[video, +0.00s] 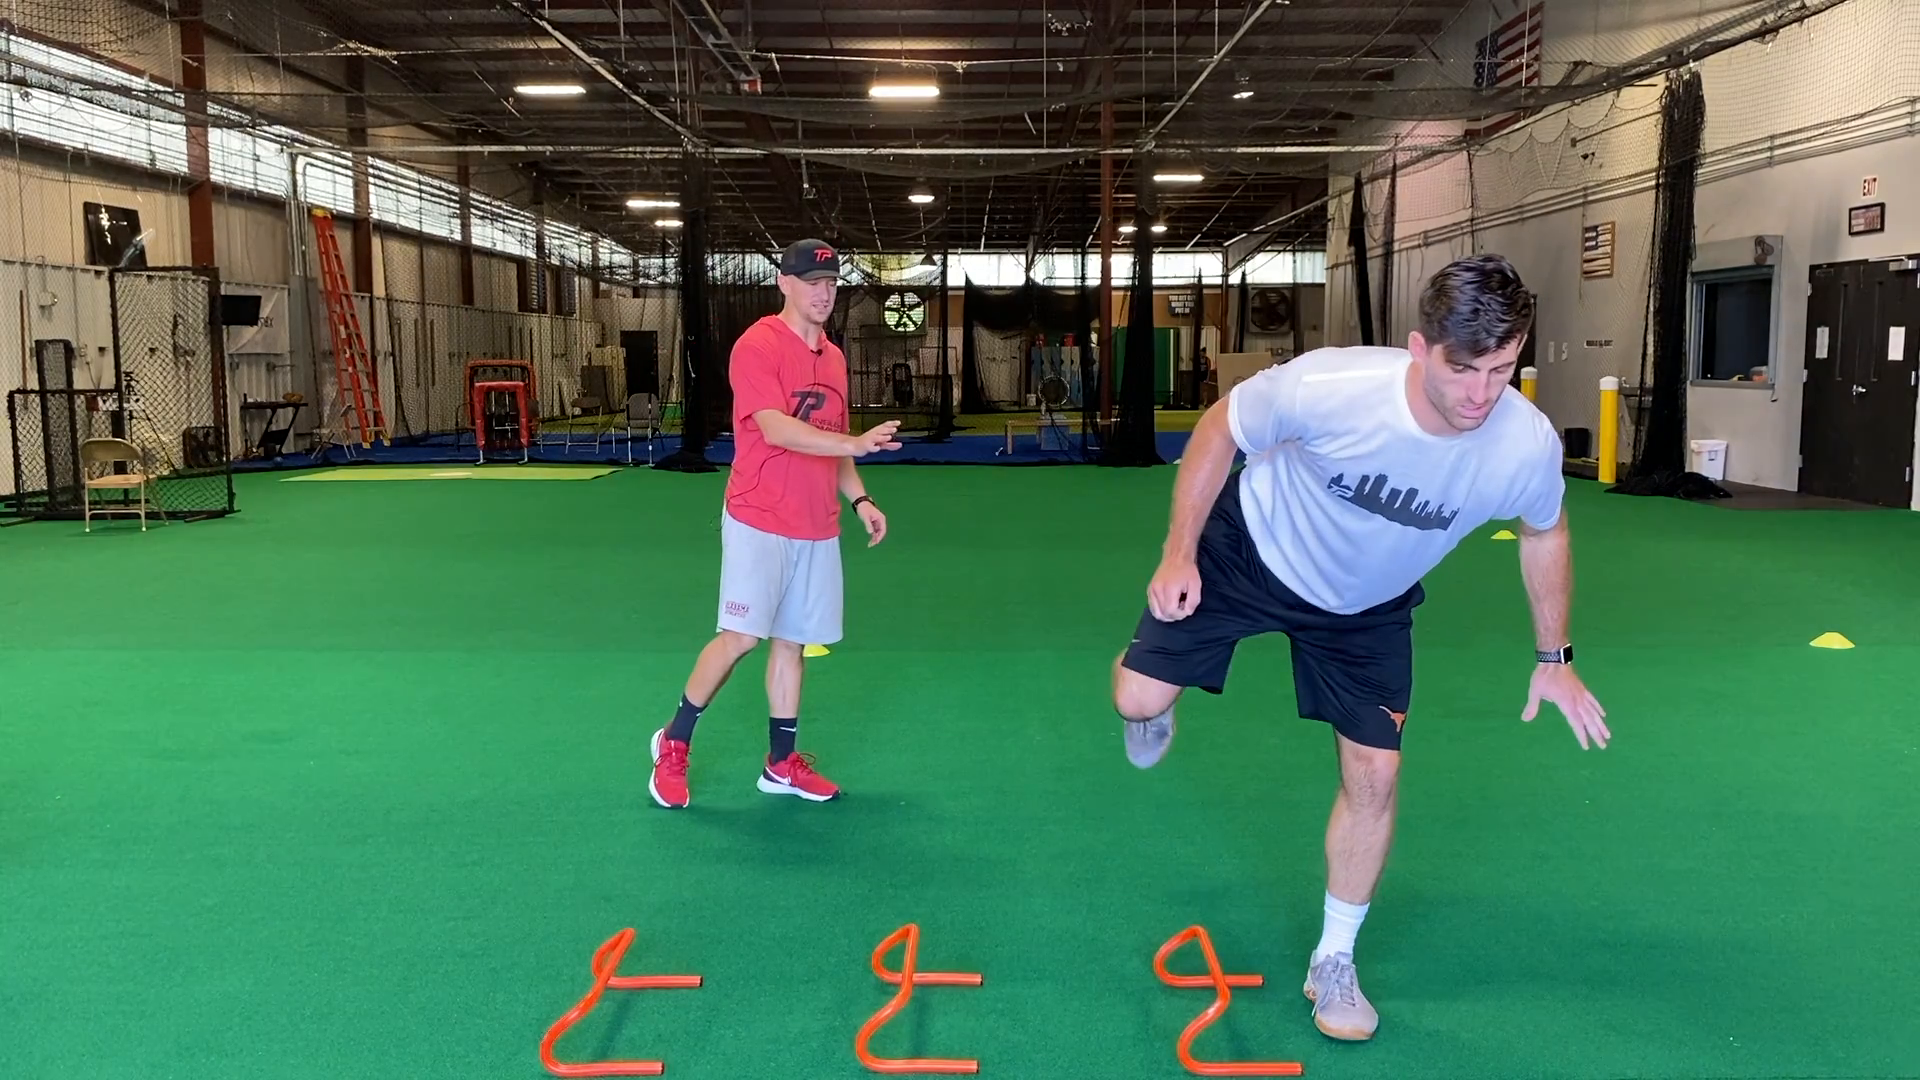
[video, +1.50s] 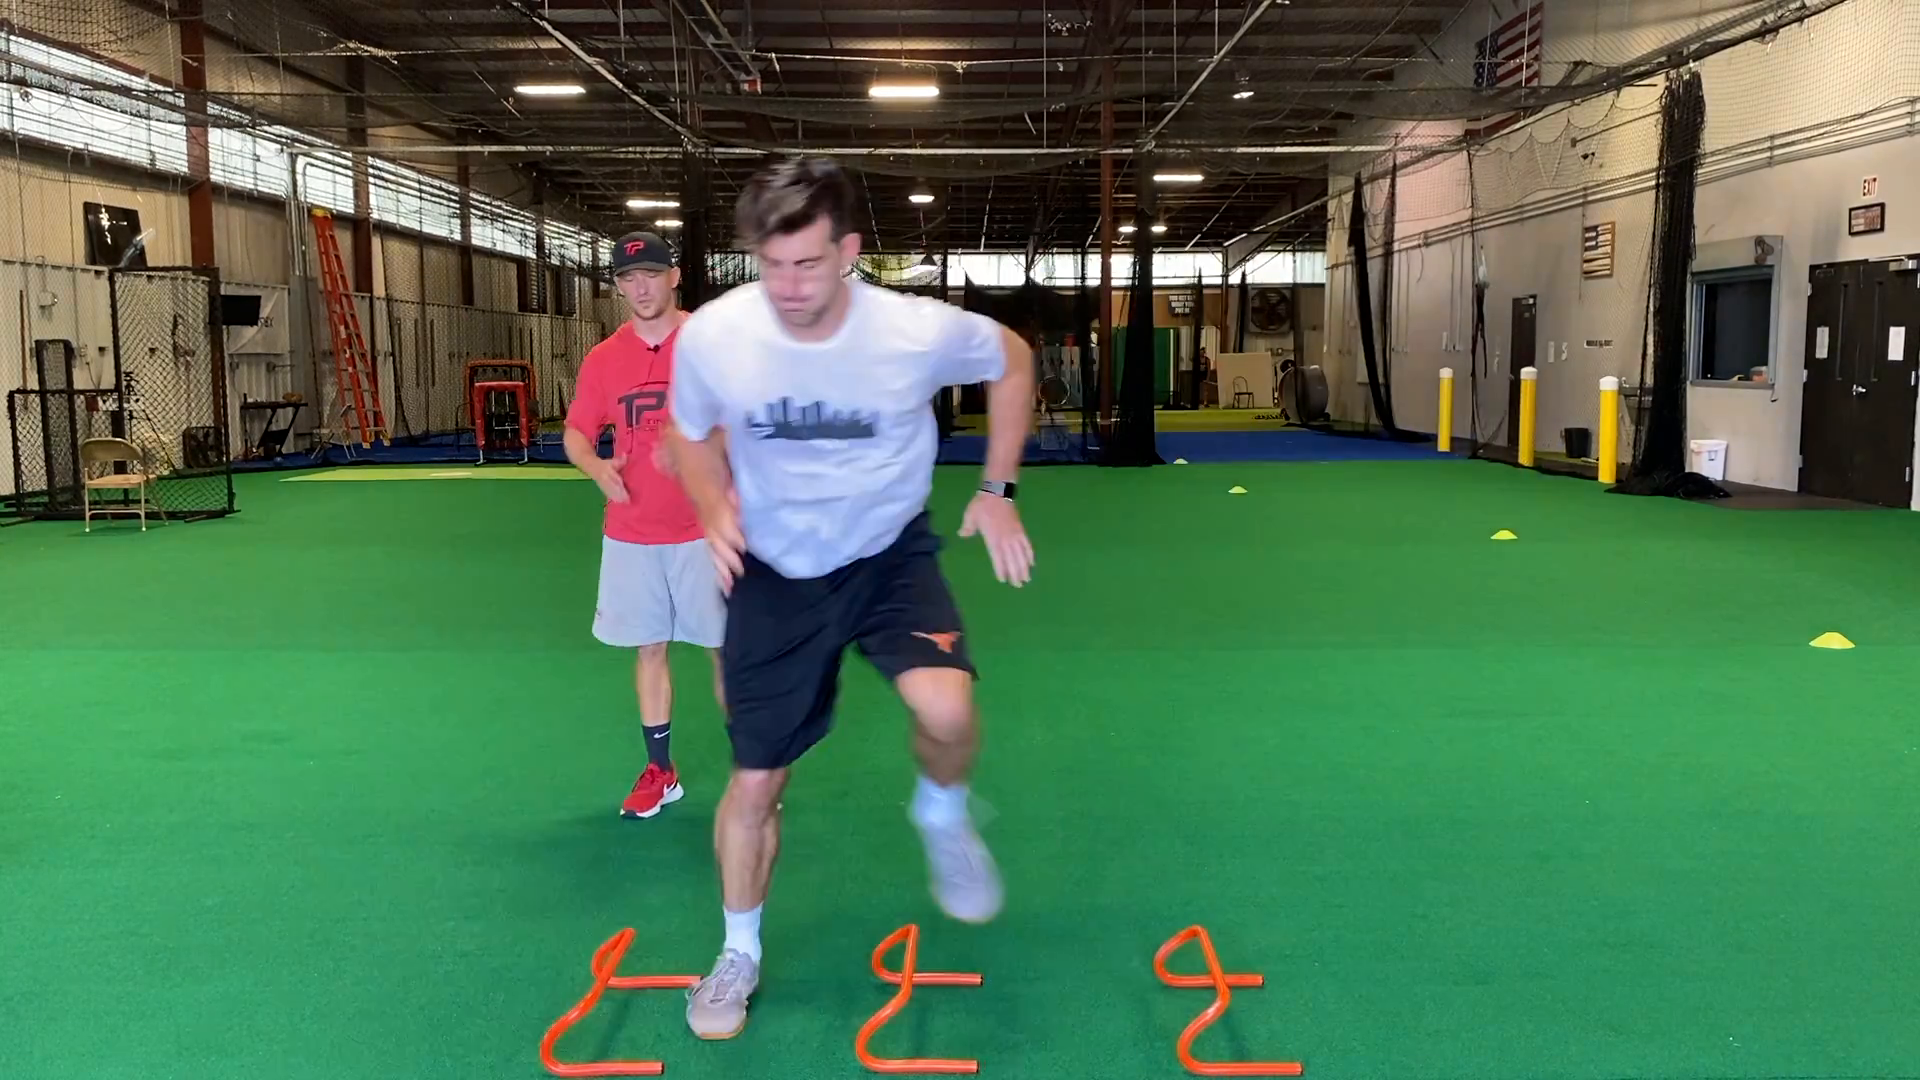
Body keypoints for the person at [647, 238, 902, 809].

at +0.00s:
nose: (825, 292)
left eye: (831, 282)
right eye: (813, 281)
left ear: (836, 288)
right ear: (784, 285)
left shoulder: (833, 357)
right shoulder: (757, 345)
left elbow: (834, 440)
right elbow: (774, 428)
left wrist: (860, 500)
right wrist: (852, 444)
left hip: (814, 523)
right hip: (758, 518)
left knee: (791, 639)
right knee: (742, 633)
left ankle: (782, 761)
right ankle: (674, 740)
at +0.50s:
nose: (816, 294)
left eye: (823, 285)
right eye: (805, 283)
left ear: (832, 291)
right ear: (779, 285)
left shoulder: (838, 364)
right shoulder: (745, 347)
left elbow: (842, 447)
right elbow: (735, 430)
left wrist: (875, 478)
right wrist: (799, 489)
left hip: (807, 525)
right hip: (745, 519)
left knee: (785, 640)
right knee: (727, 633)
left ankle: (781, 762)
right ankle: (677, 747)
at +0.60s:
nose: (808, 295)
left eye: (817, 286)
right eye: (798, 284)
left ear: (827, 291)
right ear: (774, 286)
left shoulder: (837, 365)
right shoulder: (737, 348)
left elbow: (844, 445)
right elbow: (723, 434)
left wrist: (883, 464)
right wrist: (759, 510)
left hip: (804, 528)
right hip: (737, 520)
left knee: (783, 643)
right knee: (717, 636)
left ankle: (781, 762)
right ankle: (676, 752)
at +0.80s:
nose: (784, 296)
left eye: (794, 286)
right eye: (774, 285)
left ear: (806, 290)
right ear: (753, 287)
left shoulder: (829, 362)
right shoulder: (717, 351)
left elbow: (853, 446)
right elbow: (687, 443)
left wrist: (875, 428)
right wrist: (673, 526)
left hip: (791, 534)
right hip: (718, 529)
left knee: (780, 646)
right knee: (694, 642)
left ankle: (781, 762)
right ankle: (669, 764)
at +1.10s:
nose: (710, 295)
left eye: (719, 282)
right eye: (697, 287)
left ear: (737, 282)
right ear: (682, 292)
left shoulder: (778, 355)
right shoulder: (662, 358)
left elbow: (803, 436)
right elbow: (640, 434)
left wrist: (831, 451)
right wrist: (641, 489)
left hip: (753, 533)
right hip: (678, 531)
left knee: (762, 647)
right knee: (671, 645)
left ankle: (781, 762)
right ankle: (663, 770)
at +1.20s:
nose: (682, 294)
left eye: (691, 281)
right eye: (670, 285)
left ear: (712, 279)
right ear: (659, 291)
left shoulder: (758, 352)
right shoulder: (645, 358)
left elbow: (792, 433)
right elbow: (626, 433)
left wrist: (774, 454)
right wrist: (636, 461)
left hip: (735, 531)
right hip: (660, 531)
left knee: (755, 644)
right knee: (661, 645)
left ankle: (780, 760)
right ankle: (661, 769)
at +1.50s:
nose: (641, 287)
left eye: (652, 275)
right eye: (630, 278)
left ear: (674, 277)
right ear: (619, 285)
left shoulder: (707, 344)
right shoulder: (604, 359)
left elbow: (740, 422)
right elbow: (574, 435)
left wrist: (704, 464)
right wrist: (597, 468)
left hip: (704, 525)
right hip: (633, 530)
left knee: (726, 648)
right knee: (649, 647)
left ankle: (753, 769)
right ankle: (660, 768)